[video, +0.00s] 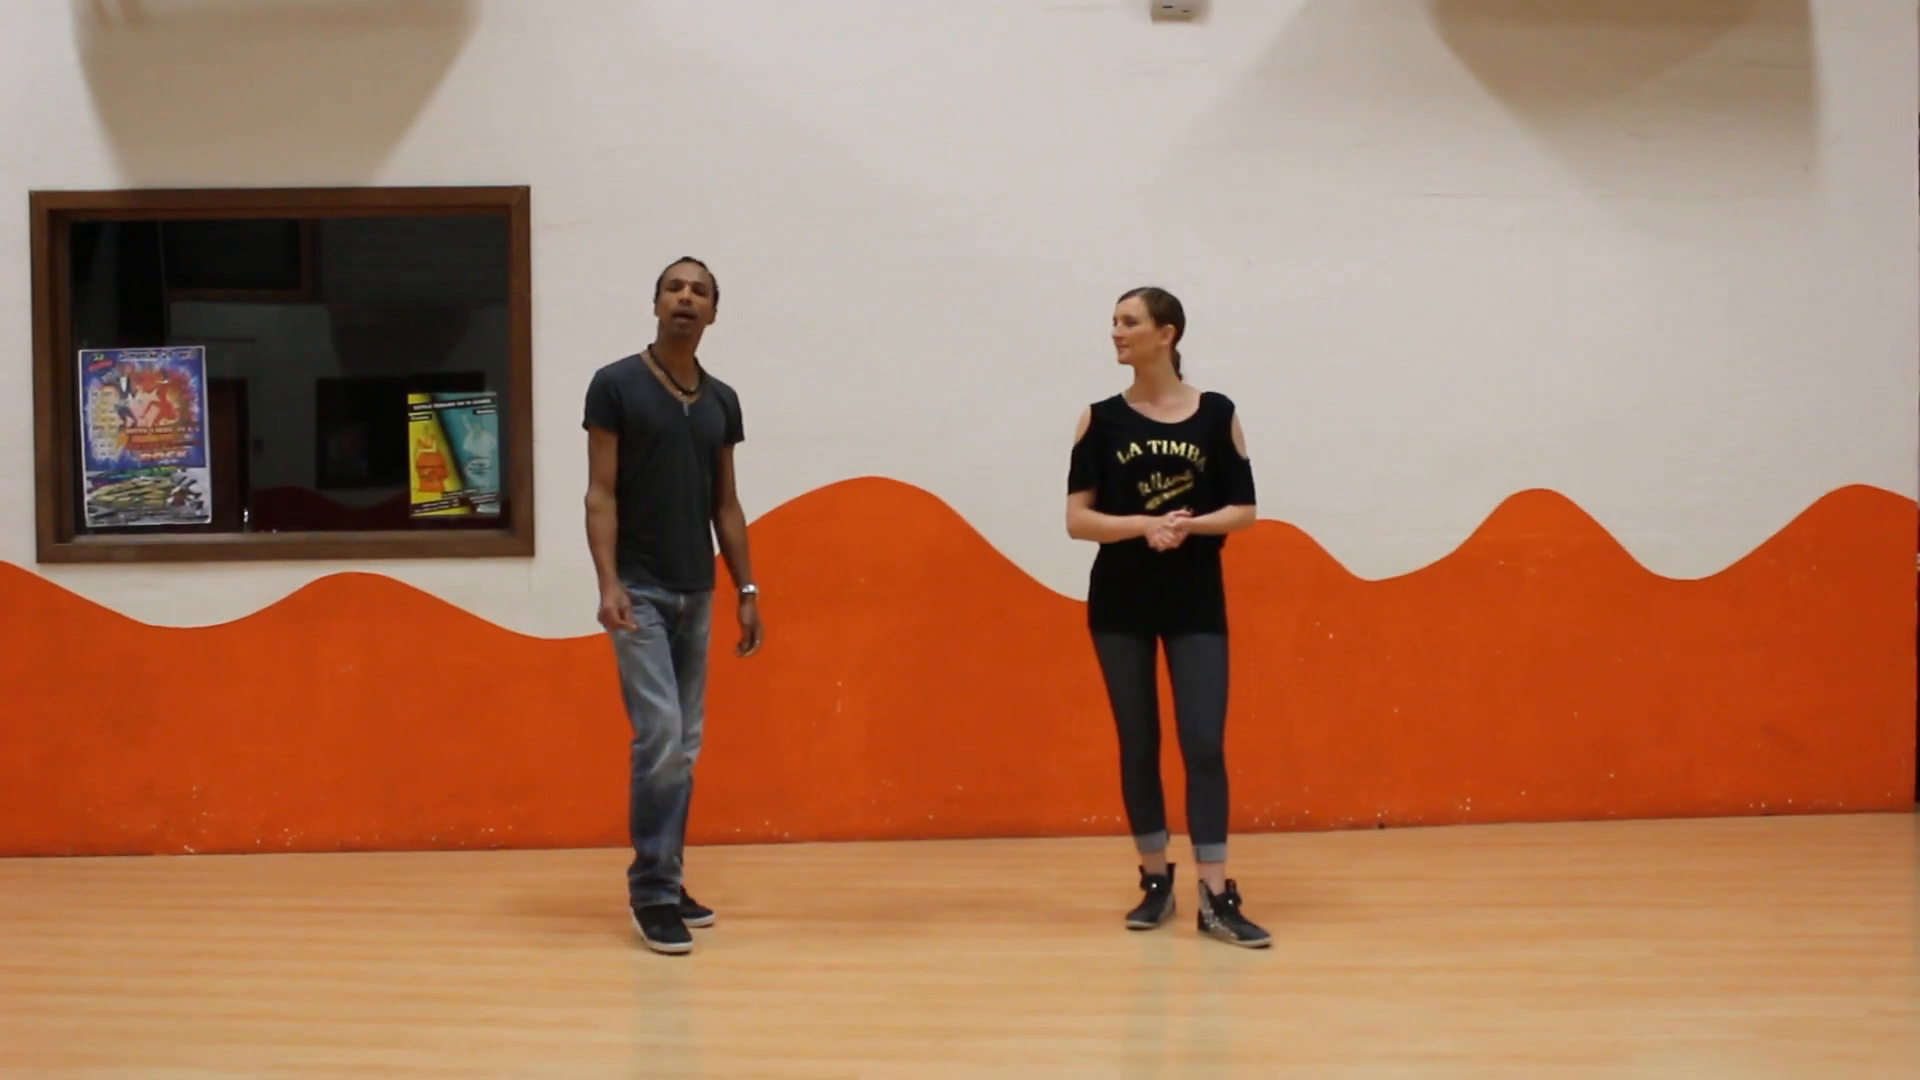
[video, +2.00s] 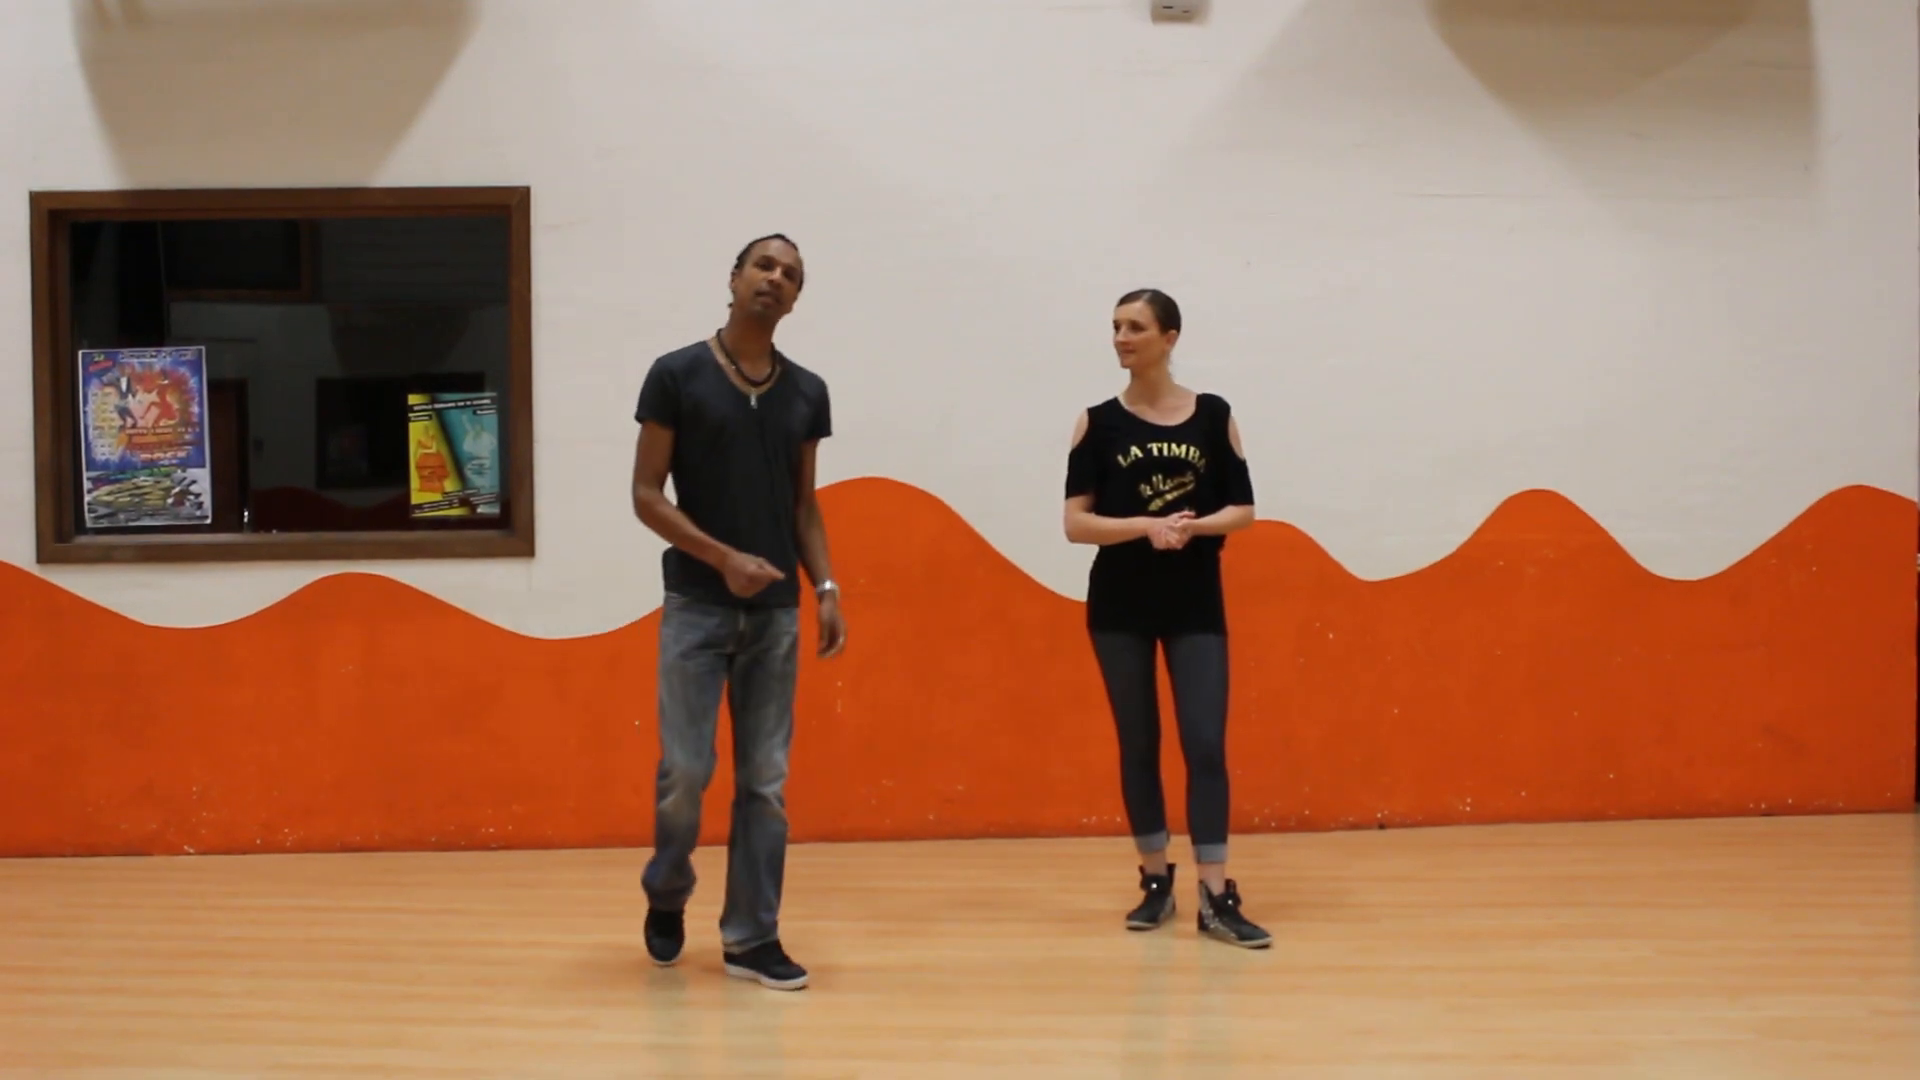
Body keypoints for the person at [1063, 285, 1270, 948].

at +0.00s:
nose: (1116, 333)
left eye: (1129, 322)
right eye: (1115, 323)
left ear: (1168, 333)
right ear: (1121, 336)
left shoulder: (1216, 413)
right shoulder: (1099, 420)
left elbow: (1243, 510)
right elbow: (1078, 519)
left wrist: (1191, 523)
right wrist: (1140, 525)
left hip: (1194, 599)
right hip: (1120, 600)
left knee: (1204, 747)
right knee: (1138, 745)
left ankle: (1216, 896)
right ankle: (1157, 883)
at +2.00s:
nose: (1121, 339)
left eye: (1134, 328)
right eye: (1117, 329)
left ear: (1169, 337)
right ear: (1114, 338)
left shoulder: (1212, 415)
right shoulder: (1096, 423)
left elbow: (1242, 510)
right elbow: (1076, 523)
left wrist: (1197, 524)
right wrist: (1142, 525)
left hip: (1194, 603)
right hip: (1120, 604)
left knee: (1205, 747)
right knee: (1138, 745)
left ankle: (1216, 896)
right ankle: (1157, 883)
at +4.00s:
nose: (1146, 336)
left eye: (1157, 325)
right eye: (1135, 326)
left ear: (1177, 337)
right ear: (1119, 338)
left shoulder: (1212, 413)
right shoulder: (1096, 424)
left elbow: (1244, 508)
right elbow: (1077, 524)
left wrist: (1198, 522)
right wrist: (1139, 521)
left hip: (1195, 602)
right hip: (1120, 604)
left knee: (1207, 747)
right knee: (1139, 746)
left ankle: (1216, 896)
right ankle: (1157, 883)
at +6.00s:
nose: (1193, 340)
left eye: (1204, 328)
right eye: (1191, 328)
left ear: (1244, 330)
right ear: (1205, 333)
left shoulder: (1272, 414)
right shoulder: (1197, 413)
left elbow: (1285, 515)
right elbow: (1201, 501)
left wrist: (1198, 522)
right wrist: (1175, 516)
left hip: (1260, 606)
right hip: (1207, 602)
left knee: (1258, 745)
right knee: (1178, 744)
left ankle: (1252, 890)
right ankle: (1158, 890)